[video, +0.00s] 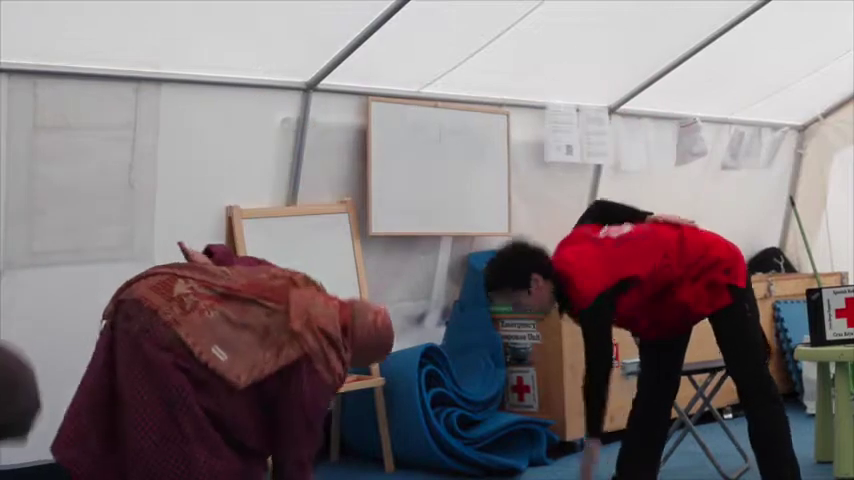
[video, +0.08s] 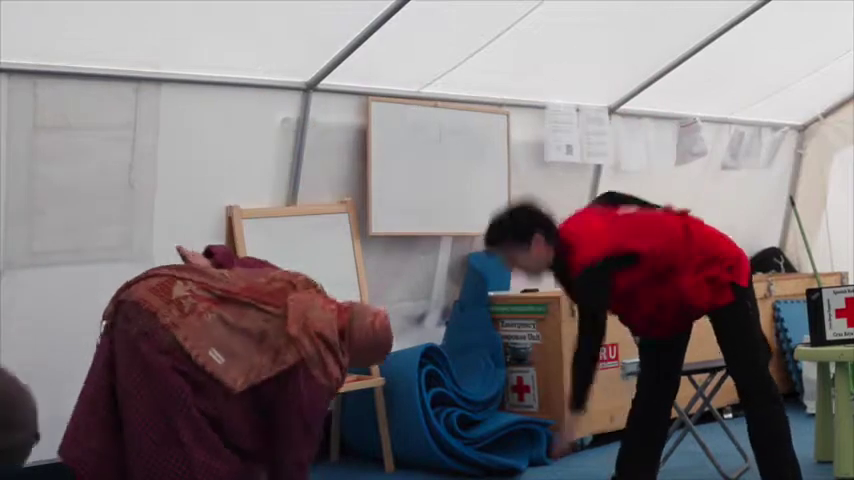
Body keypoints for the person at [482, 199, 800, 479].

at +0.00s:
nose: (521, 311)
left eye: (518, 302)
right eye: (513, 306)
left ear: (536, 284)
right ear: (537, 278)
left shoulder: (587, 285)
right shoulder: (566, 255)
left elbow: (599, 367)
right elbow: (601, 208)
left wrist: (592, 444)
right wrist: (654, 217)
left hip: (714, 269)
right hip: (662, 295)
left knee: (754, 385)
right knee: (652, 400)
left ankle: (782, 473)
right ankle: (633, 474)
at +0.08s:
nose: (514, 267)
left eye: (513, 257)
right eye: (507, 261)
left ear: (536, 241)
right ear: (537, 237)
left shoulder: (585, 262)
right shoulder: (572, 231)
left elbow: (590, 339)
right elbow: (610, 196)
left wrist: (574, 413)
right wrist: (666, 213)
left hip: (717, 271)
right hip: (664, 291)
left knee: (754, 386)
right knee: (652, 401)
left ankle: (782, 473)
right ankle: (633, 474)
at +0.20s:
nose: (518, 193)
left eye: (522, 182)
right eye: (514, 185)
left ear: (551, 173)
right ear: (545, 178)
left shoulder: (598, 199)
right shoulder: (565, 219)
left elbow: (586, 278)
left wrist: (558, 349)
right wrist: (552, 343)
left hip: (713, 270)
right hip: (658, 290)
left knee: (750, 383)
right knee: (649, 400)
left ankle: (781, 473)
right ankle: (631, 474)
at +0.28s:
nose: (530, 150)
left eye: (536, 138)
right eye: (527, 140)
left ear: (567, 133)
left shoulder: (609, 167)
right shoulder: (572, 191)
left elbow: (591, 242)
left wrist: (555, 307)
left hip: (708, 272)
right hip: (653, 288)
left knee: (748, 387)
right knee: (645, 401)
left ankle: (780, 473)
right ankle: (631, 474)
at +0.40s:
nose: (558, 104)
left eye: (564, 93)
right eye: (556, 95)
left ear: (598, 91)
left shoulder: (636, 130)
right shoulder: (586, 162)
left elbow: (618, 191)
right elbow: (613, 231)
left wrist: (569, 246)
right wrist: (618, 291)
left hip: (697, 271)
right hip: (642, 286)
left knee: (741, 387)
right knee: (636, 406)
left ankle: (777, 475)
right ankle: (627, 476)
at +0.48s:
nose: (576, 89)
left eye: (584, 78)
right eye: (575, 81)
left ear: (617, 80)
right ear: (605, 84)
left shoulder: (654, 117)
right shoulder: (593, 155)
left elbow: (644, 170)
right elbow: (618, 225)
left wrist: (592, 213)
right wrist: (611, 271)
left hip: (694, 270)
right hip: (636, 283)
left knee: (739, 390)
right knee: (632, 406)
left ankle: (777, 476)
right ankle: (625, 477)